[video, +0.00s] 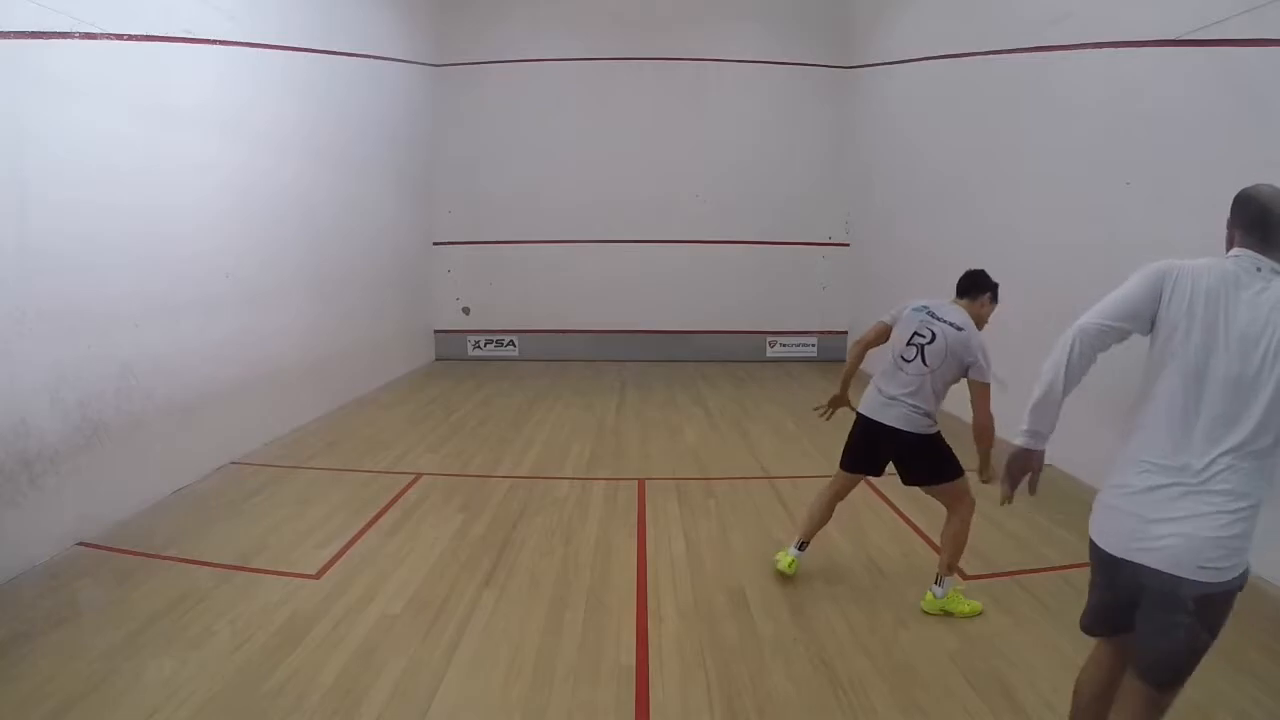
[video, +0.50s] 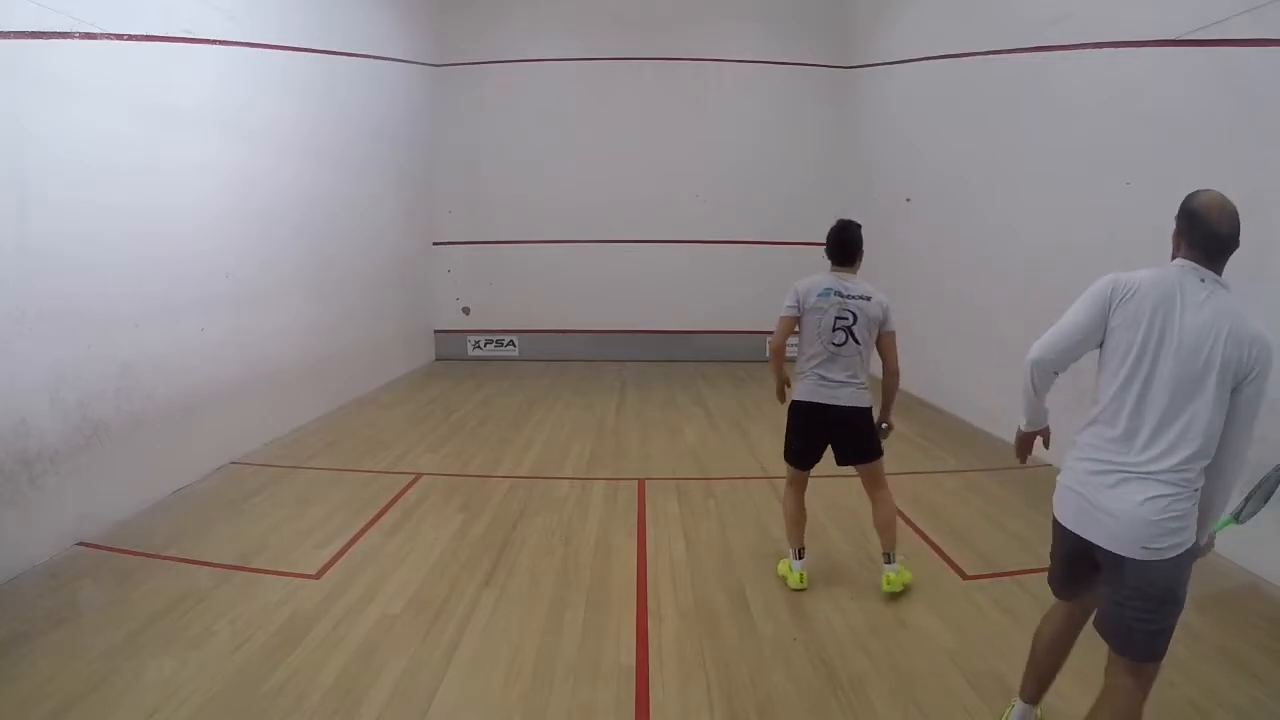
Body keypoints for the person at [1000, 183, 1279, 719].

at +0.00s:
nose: (1226, 236)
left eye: (1227, 229)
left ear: (1231, 232)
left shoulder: (1175, 279)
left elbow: (1084, 334)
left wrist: (1034, 436)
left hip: (1119, 532)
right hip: (1206, 562)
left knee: (1110, 647)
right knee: (1145, 700)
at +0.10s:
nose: (1220, 249)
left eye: (1221, 241)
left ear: (1223, 247)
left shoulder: (1163, 298)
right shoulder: (1275, 331)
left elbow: (1082, 367)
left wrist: (1019, 467)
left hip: (1099, 539)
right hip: (1179, 570)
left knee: (1104, 637)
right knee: (1129, 706)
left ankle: (1070, 713)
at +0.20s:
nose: (1210, 234)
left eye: (1212, 225)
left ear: (1216, 232)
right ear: (1275, 251)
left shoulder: (1149, 288)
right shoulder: (1273, 326)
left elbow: (1069, 361)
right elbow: (1272, 469)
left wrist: (1024, 461)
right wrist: (1269, 587)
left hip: (1090, 524)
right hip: (1169, 561)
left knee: (1101, 623)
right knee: (1128, 698)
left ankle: (1048, 714)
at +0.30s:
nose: (1198, 223)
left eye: (1200, 216)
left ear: (1200, 222)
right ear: (1261, 238)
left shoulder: (1139, 277)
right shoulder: (1269, 314)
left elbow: (1057, 349)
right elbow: (1263, 456)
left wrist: (1030, 442)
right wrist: (1238, 558)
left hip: (1088, 507)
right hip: (1169, 539)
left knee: (1083, 612)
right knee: (1126, 684)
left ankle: (1028, 712)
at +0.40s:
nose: (1184, 229)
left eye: (1185, 221)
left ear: (1186, 229)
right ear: (1247, 244)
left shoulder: (1130, 286)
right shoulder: (1264, 331)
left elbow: (1049, 355)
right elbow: (1252, 458)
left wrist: (1034, 428)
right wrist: (1214, 537)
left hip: (1083, 507)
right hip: (1165, 535)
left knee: (1073, 606)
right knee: (1121, 680)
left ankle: (1022, 711)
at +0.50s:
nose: (1175, 235)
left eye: (1176, 226)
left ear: (1177, 235)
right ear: (1234, 250)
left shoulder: (1120, 290)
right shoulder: (1251, 340)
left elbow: (1042, 359)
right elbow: (1230, 459)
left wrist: (1033, 420)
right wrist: (1203, 531)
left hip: (1078, 506)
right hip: (1158, 535)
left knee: (1071, 600)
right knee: (1129, 675)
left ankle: (1022, 710)